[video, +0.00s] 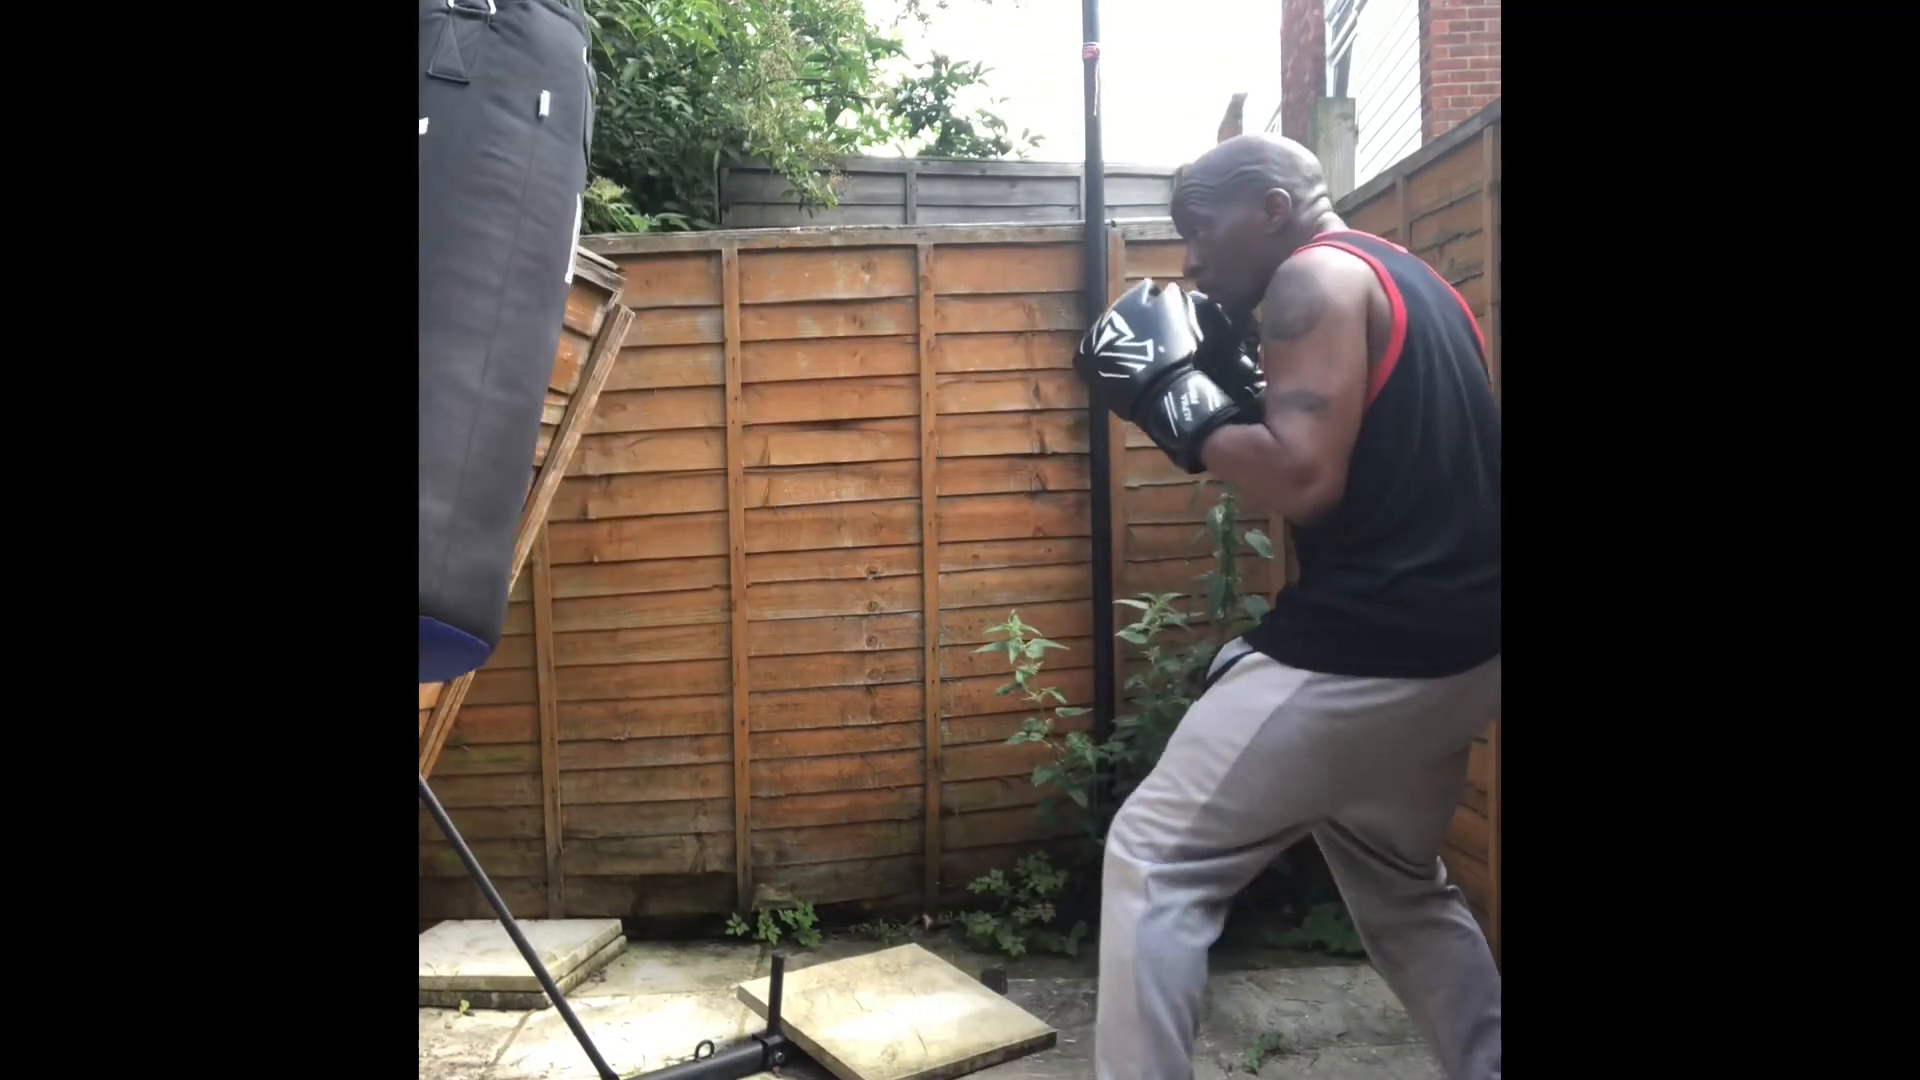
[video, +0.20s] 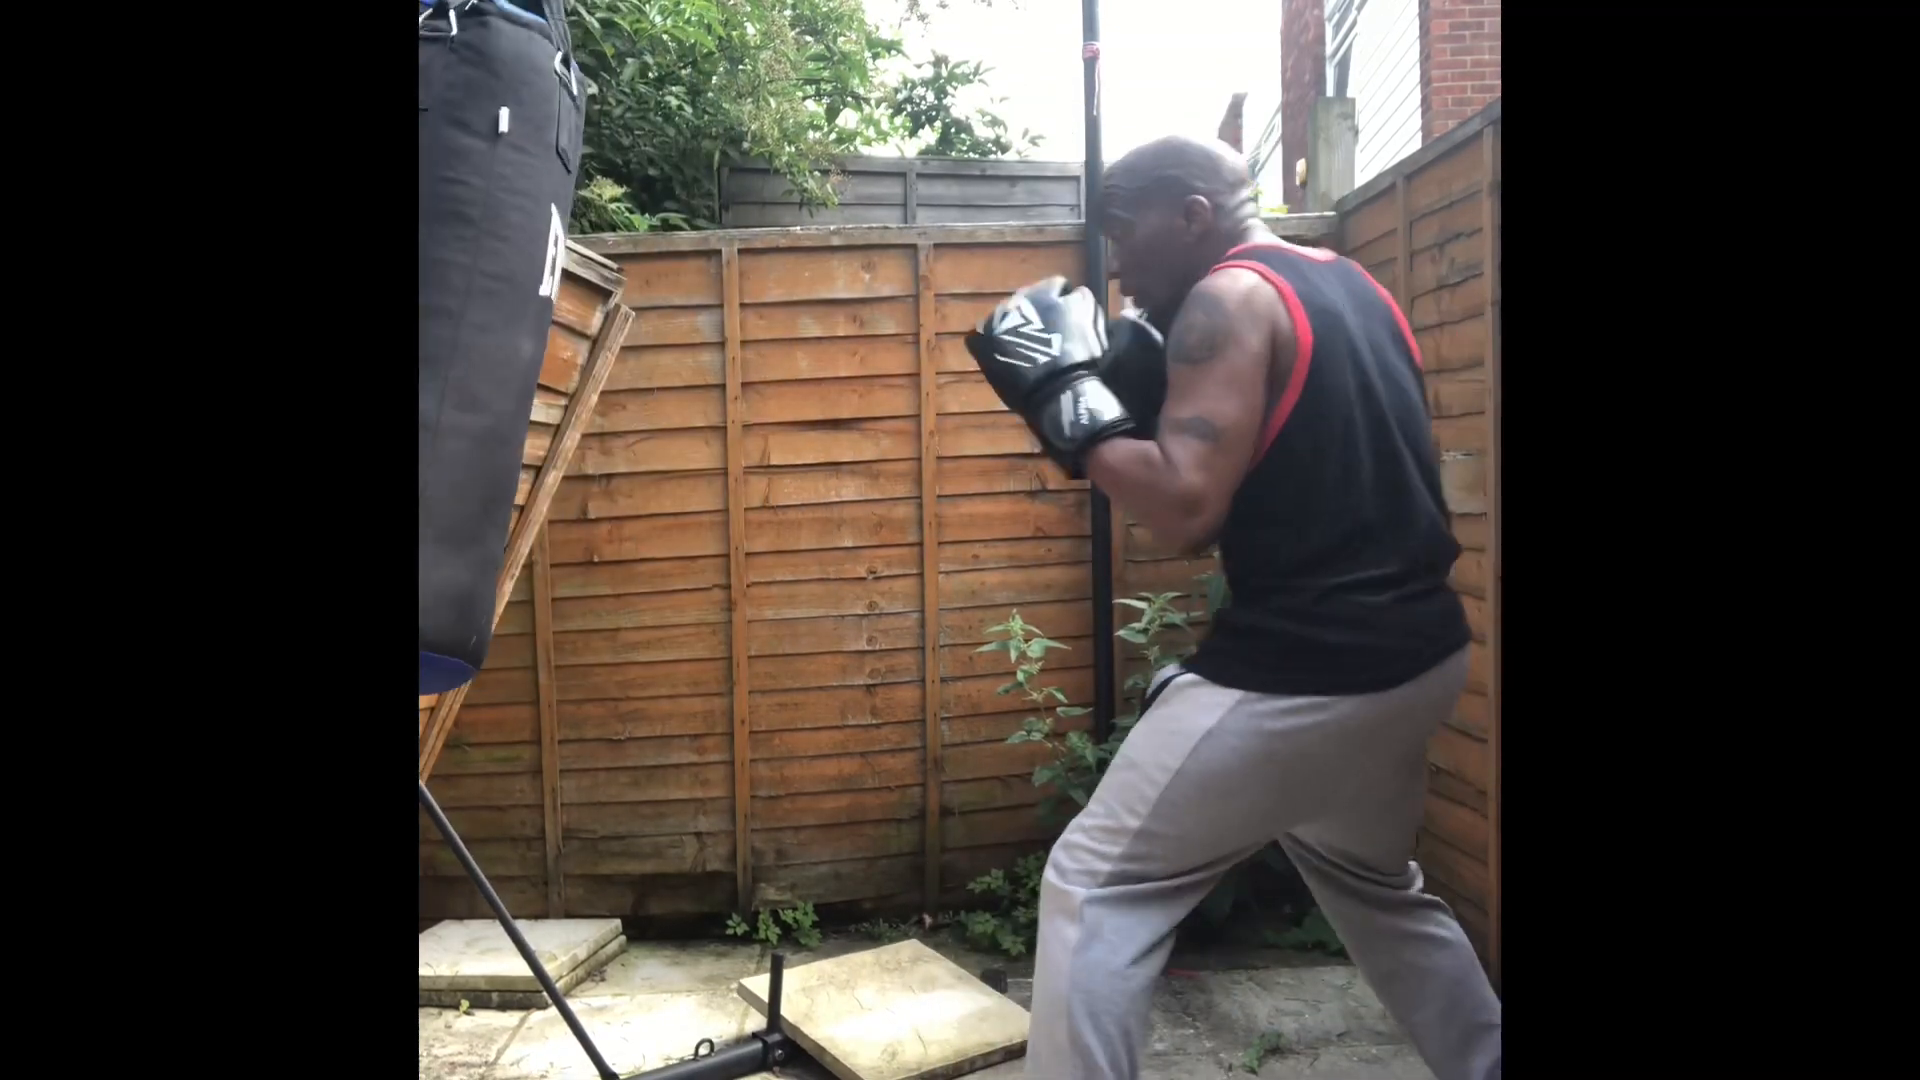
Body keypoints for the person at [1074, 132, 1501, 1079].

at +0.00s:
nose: (1190, 266)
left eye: (1199, 234)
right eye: (1185, 239)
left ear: (1273, 211)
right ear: (1291, 211)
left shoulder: (1317, 280)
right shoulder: (1400, 274)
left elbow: (1300, 478)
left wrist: (1180, 410)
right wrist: (1229, 375)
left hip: (1363, 640)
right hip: (1462, 635)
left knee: (1155, 857)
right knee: (1396, 874)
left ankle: (1139, 1068)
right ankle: (1485, 1062)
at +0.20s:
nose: (1117, 269)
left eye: (1122, 238)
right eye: (1110, 244)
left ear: (1196, 215)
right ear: (1211, 216)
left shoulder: (1229, 299)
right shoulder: (1350, 280)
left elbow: (1177, 511)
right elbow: (1308, 467)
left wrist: (1067, 403)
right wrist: (1163, 387)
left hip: (1291, 660)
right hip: (1416, 645)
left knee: (1096, 887)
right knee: (1371, 880)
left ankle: (1073, 1068)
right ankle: (1483, 1060)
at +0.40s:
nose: (996, 292)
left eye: (1009, 268)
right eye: (988, 273)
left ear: (1080, 228)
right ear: (1001, 244)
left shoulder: (1227, 306)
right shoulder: (1049, 294)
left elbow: (1256, 533)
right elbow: (903, 317)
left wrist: (1140, 431)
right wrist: (730, 293)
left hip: (1272, 667)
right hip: (1249, 660)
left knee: (1095, 900)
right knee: (1329, 900)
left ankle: (1083, 1077)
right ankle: (1487, 1054)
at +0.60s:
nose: (933, 256)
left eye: (942, 222)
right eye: (923, 232)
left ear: (1035, 196)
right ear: (1033, 203)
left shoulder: (1182, 302)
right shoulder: (1062, 303)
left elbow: (1176, 536)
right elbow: (1068, 452)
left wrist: (1018, 433)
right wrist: (909, 401)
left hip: (1226, 651)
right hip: (1171, 642)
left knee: (1058, 895)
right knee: (1253, 872)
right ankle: (1453, 1029)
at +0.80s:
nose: (1033, 253)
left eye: (1032, 225)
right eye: (1023, 231)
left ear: (1099, 190)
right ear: (1120, 188)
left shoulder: (1166, 282)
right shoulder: (1248, 258)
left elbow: (1104, 505)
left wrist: (997, 369)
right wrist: (1038, 358)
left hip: (1204, 668)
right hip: (1303, 644)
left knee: (1040, 889)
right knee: (1272, 860)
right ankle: (1445, 1061)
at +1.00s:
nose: (1212, 246)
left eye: (1213, 220)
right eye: (1202, 227)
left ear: (1280, 183)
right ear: (1286, 184)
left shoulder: (1347, 252)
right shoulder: (1370, 243)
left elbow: (1326, 451)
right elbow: (1310, 428)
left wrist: (1196, 352)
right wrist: (1190, 357)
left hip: (1367, 615)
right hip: (1434, 609)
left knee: (1189, 838)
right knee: (1365, 840)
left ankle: (1238, 1069)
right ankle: (1467, 1063)